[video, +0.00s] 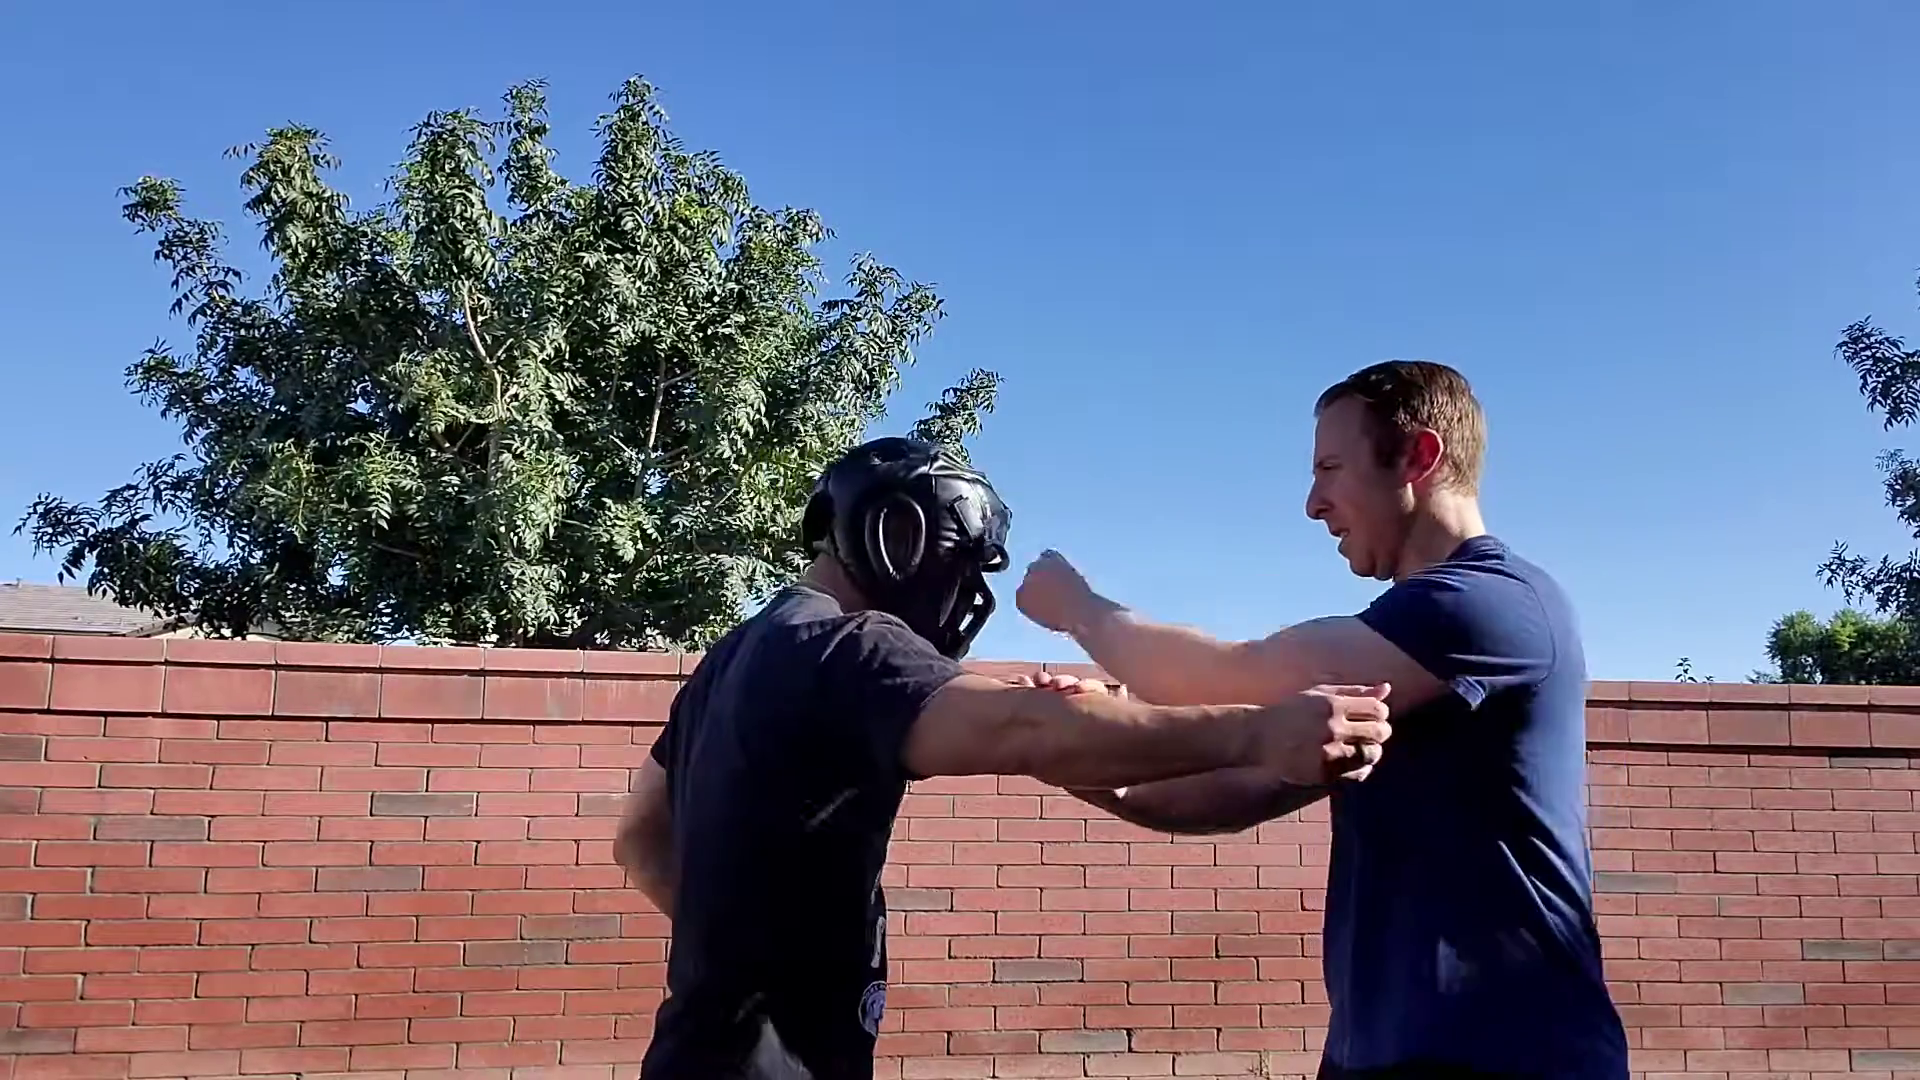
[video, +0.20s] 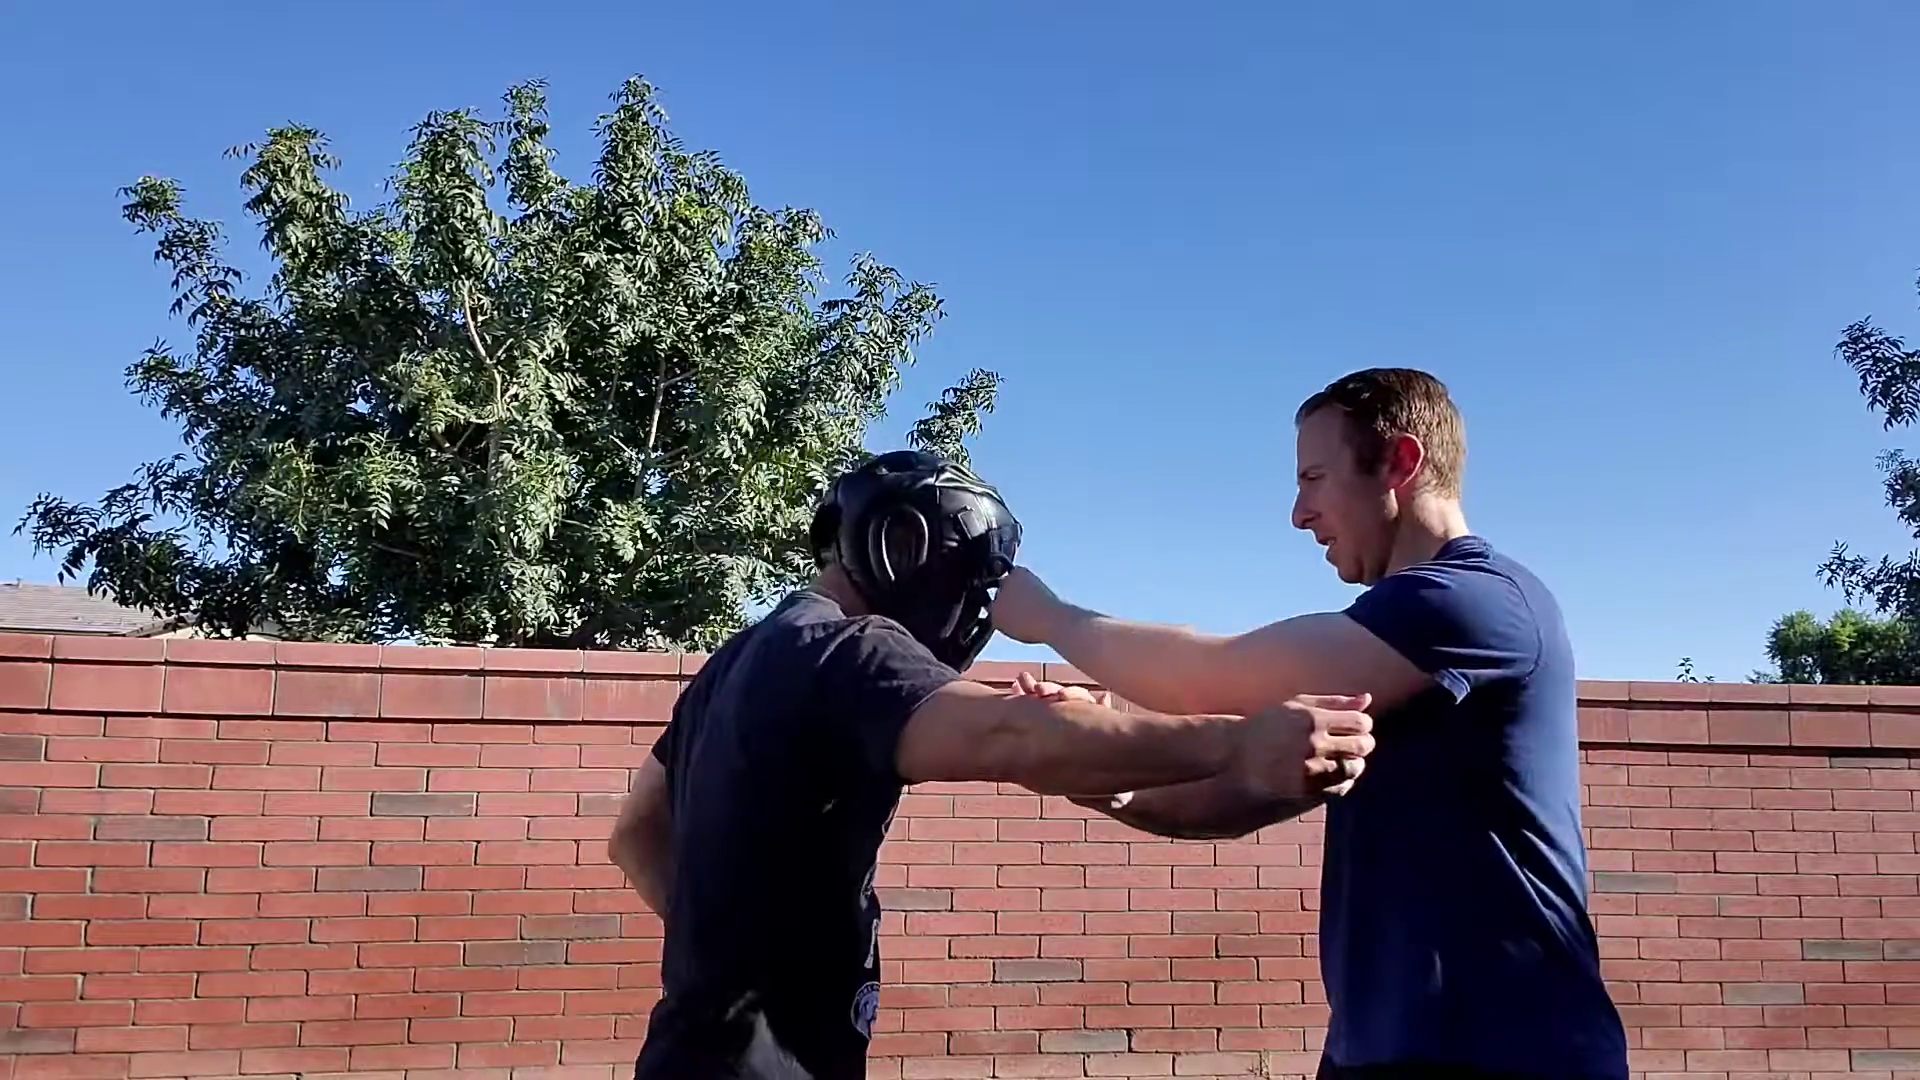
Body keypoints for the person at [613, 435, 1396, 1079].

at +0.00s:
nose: (965, 591)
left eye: (968, 566)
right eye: (956, 563)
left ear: (847, 536)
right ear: (903, 543)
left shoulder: (739, 651)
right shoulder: (848, 650)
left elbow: (638, 835)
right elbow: (1043, 727)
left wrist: (738, 930)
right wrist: (1254, 739)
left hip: (701, 1041)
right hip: (792, 1050)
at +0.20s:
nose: (980, 599)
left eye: (984, 571)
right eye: (969, 569)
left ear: (854, 549)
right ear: (911, 556)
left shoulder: (744, 655)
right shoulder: (849, 654)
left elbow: (636, 836)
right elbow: (1028, 740)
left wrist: (732, 944)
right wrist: (1238, 749)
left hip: (697, 1040)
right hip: (782, 1051)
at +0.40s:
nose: (921, 555)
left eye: (926, 532)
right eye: (909, 527)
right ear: (831, 513)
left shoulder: (858, 670)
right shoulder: (679, 655)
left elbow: (928, 764)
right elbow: (799, 835)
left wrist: (1030, 812)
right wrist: (1001, 789)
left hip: (832, 1048)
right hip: (686, 1054)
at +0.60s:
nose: (884, 553)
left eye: (894, 531)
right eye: (865, 525)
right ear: (767, 511)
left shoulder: (879, 671)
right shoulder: (608, 672)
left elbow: (1044, 695)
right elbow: (517, 892)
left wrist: (1175, 668)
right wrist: (712, 942)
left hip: (823, 1064)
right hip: (650, 1062)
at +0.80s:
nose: (893, 571)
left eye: (896, 547)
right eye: (875, 543)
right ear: (806, 532)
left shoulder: (854, 667)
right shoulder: (659, 669)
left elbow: (1032, 716)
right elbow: (735, 854)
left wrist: (1184, 676)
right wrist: (883, 703)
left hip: (820, 1053)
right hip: (669, 1058)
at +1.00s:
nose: (929, 542)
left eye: (927, 519)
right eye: (908, 518)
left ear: (800, 528)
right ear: (839, 523)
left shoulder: (754, 645)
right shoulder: (778, 640)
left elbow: (728, 905)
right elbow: (1010, 628)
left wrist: (878, 907)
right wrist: (1221, 553)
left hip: (749, 1051)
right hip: (729, 1059)